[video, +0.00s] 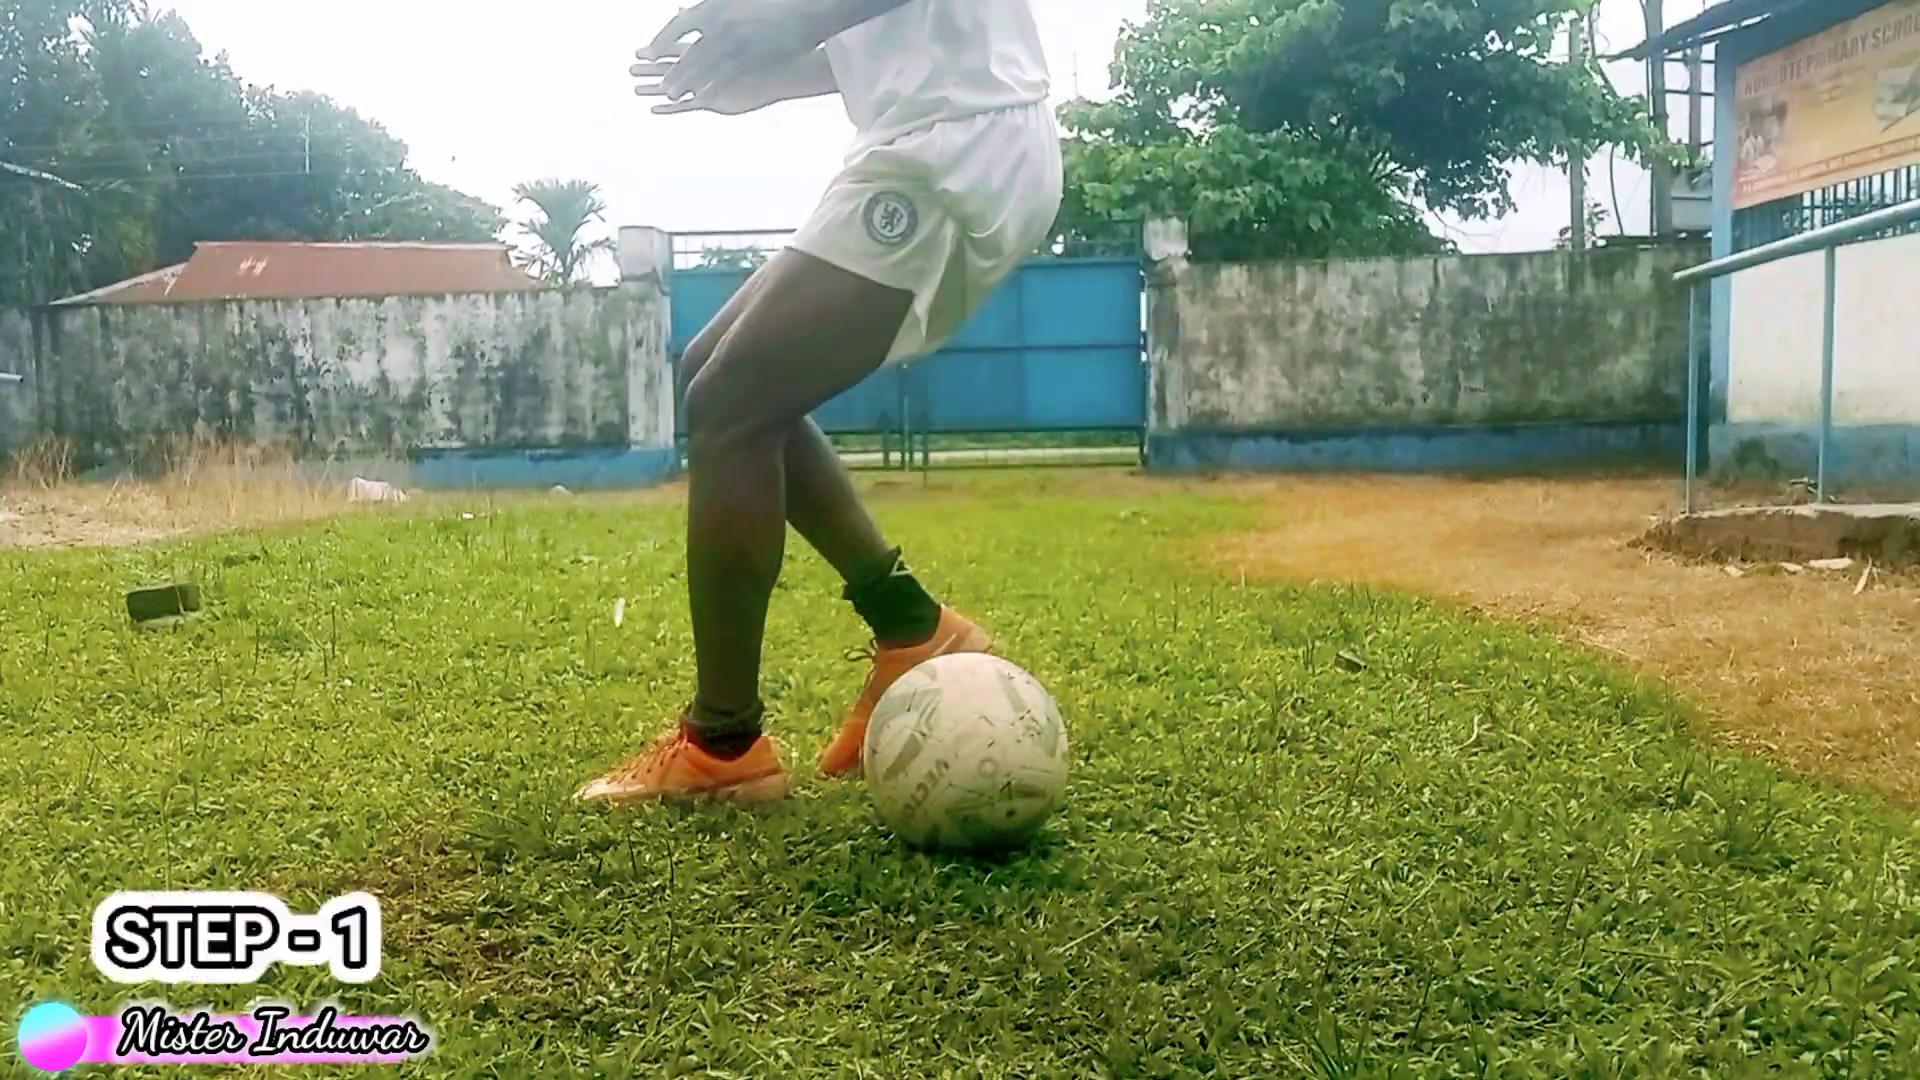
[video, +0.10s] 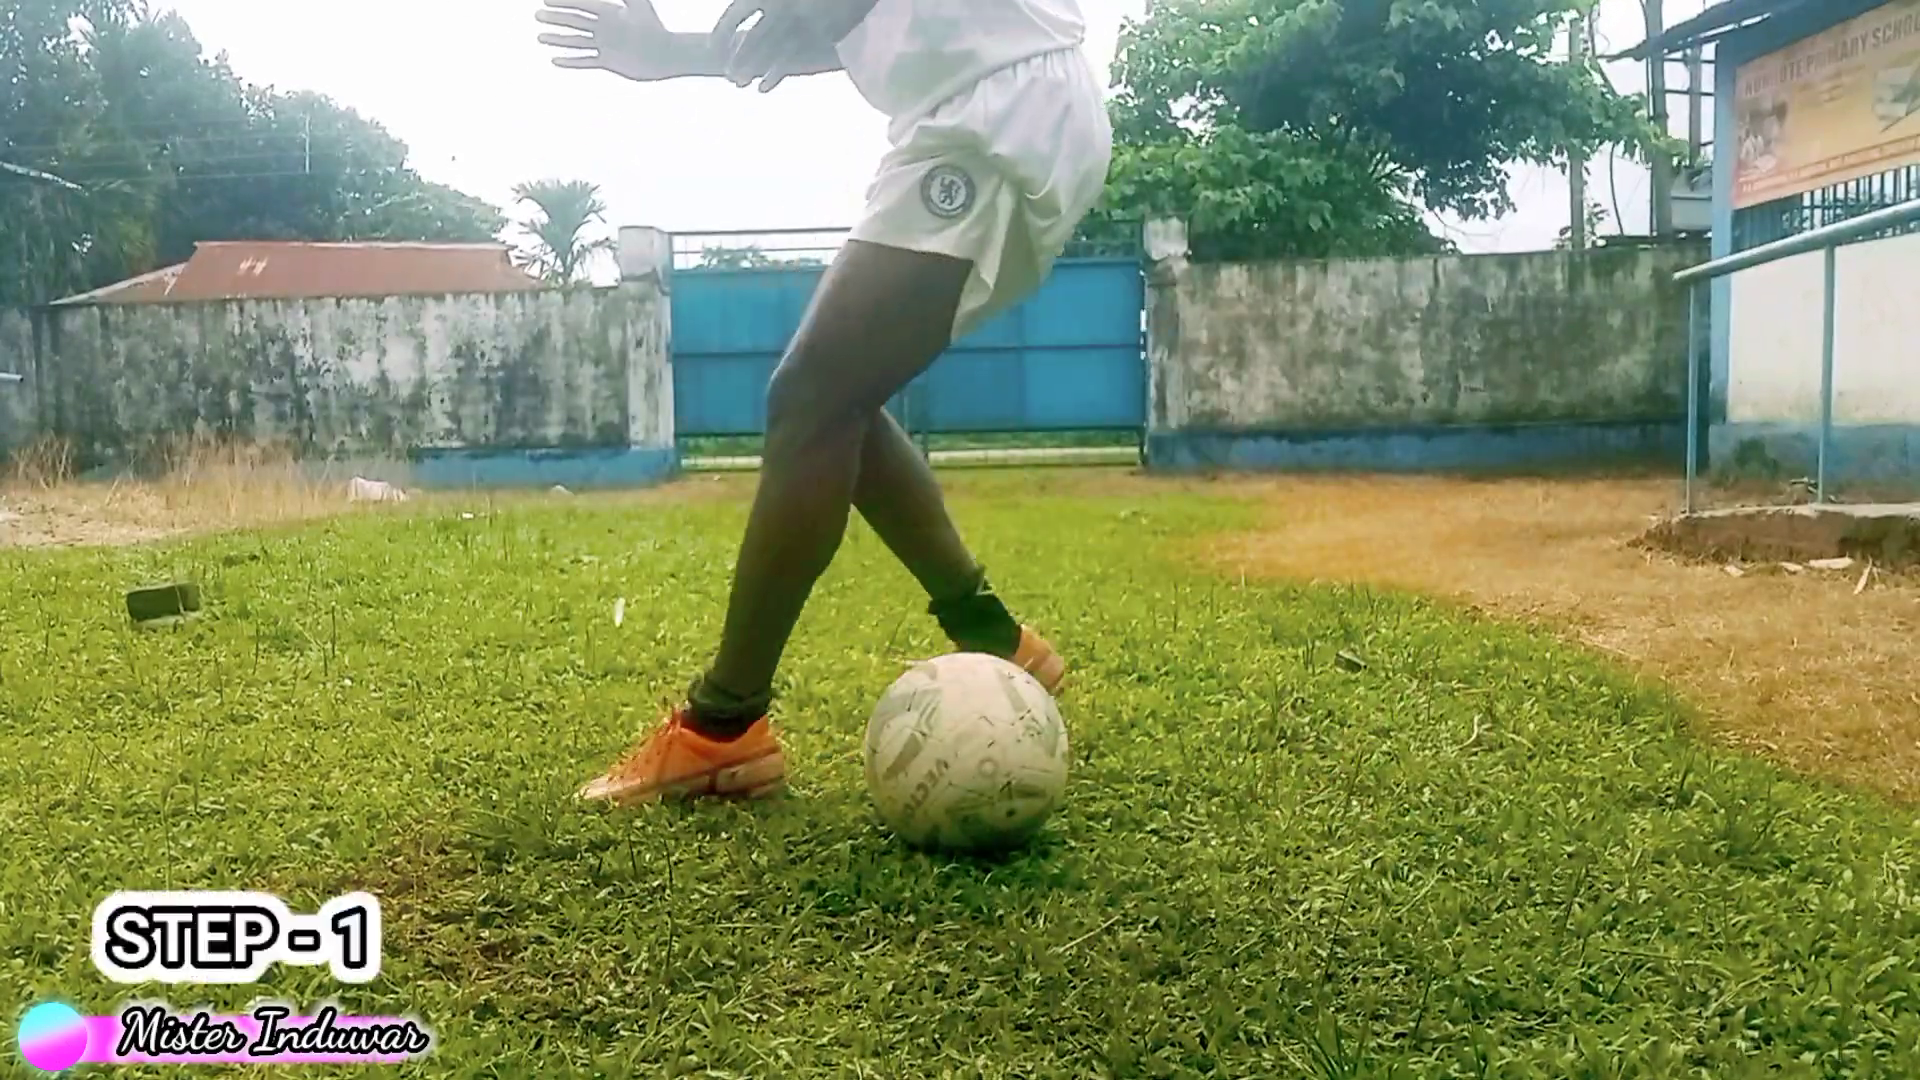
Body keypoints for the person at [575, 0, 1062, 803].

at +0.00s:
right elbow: (913, 40)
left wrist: (787, 24)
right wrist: (776, 77)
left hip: (956, 132)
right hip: (926, 128)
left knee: (730, 403)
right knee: (709, 370)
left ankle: (722, 740)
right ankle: (913, 631)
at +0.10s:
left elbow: (822, 27)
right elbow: (819, 33)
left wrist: (671, 49)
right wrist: (671, 48)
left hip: (1000, 95)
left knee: (810, 395)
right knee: (830, 396)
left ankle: (722, 727)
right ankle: (1001, 649)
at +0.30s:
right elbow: (929, 29)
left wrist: (778, 114)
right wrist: (781, 112)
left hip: (1105, 75)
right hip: (1042, 104)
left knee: (955, 417)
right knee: (980, 416)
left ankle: (1237, 640)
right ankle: (1036, 694)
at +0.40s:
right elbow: (1037, 14)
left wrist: (942, 76)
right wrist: (943, 76)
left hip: (1161, 88)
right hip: (1053, 132)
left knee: (1173, 480)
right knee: (945, 412)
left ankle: (1392, 735)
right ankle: (1067, 687)